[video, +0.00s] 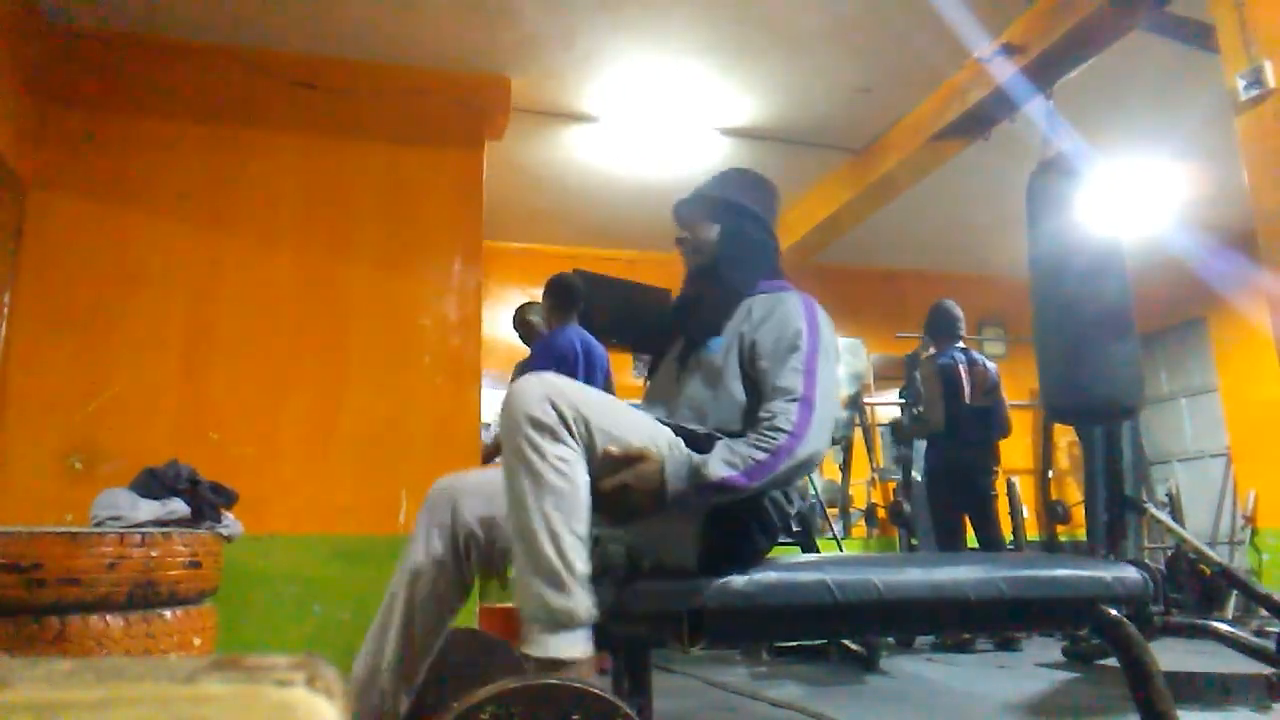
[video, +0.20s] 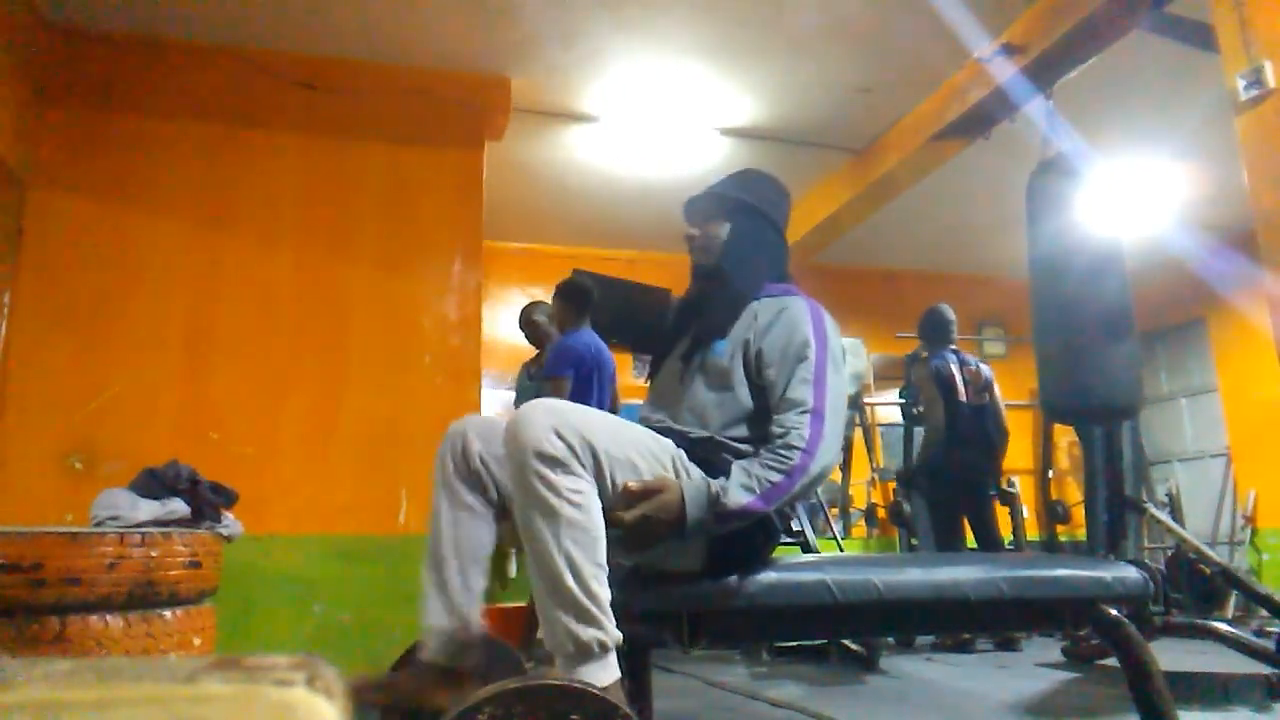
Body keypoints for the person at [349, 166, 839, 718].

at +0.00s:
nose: (682, 242)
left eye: (696, 229)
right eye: (682, 231)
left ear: (738, 234)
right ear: (697, 235)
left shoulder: (787, 311)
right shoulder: (692, 319)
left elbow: (795, 434)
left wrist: (675, 475)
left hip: (723, 512)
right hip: (657, 505)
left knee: (540, 400)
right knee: (455, 504)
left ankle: (561, 655)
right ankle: (371, 705)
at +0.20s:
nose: (693, 236)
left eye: (708, 224)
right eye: (693, 225)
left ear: (749, 233)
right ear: (701, 232)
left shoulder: (794, 317)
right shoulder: (696, 316)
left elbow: (806, 446)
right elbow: (668, 422)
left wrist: (703, 499)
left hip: (725, 505)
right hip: (657, 483)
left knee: (543, 429)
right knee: (471, 442)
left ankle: (588, 675)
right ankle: (447, 654)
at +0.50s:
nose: (692, 233)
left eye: (708, 221)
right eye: (691, 223)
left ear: (749, 229)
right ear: (693, 231)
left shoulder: (790, 313)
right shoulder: (696, 316)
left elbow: (810, 443)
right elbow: (667, 425)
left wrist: (709, 500)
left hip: (728, 502)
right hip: (664, 483)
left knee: (555, 431)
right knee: (479, 437)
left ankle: (591, 685)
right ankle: (460, 649)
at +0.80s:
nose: (673, 240)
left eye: (686, 225)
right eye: (671, 229)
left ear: (731, 227)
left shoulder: (787, 313)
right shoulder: (687, 322)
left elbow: (806, 447)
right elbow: (662, 427)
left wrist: (705, 498)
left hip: (726, 499)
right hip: (655, 481)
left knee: (548, 435)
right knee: (471, 448)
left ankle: (592, 694)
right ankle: (542, 654)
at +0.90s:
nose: (665, 247)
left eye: (677, 231)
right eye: (663, 235)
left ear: (722, 227)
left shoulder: (779, 307)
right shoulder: (684, 322)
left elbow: (805, 441)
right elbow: (663, 426)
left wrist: (701, 501)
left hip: (721, 495)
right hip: (653, 481)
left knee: (533, 461)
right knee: (463, 480)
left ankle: (594, 702)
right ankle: (529, 690)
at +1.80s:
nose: (442, 392)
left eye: (440, 371)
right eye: (430, 377)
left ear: (470, 343)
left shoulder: (583, 346)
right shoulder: (513, 398)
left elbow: (620, 483)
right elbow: (540, 506)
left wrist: (564, 613)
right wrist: (475, 601)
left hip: (725, 497)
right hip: (649, 499)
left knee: (519, 536)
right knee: (479, 541)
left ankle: (544, 706)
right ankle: (497, 704)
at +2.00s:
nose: (452, 380)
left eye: (447, 358)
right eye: (438, 369)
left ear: (481, 327)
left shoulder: (580, 340)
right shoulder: (515, 387)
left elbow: (645, 465)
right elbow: (549, 503)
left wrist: (578, 602)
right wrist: (472, 596)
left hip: (727, 500)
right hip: (655, 501)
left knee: (517, 538)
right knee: (480, 537)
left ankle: (536, 709)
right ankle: (503, 708)